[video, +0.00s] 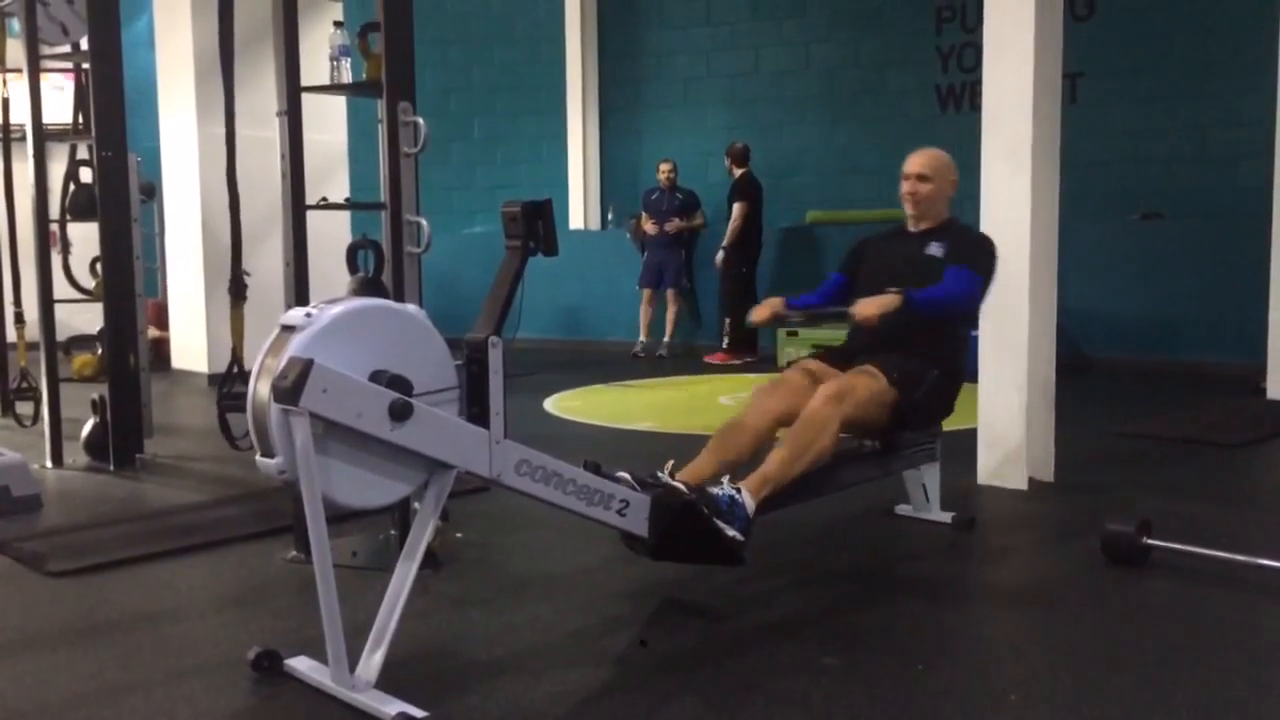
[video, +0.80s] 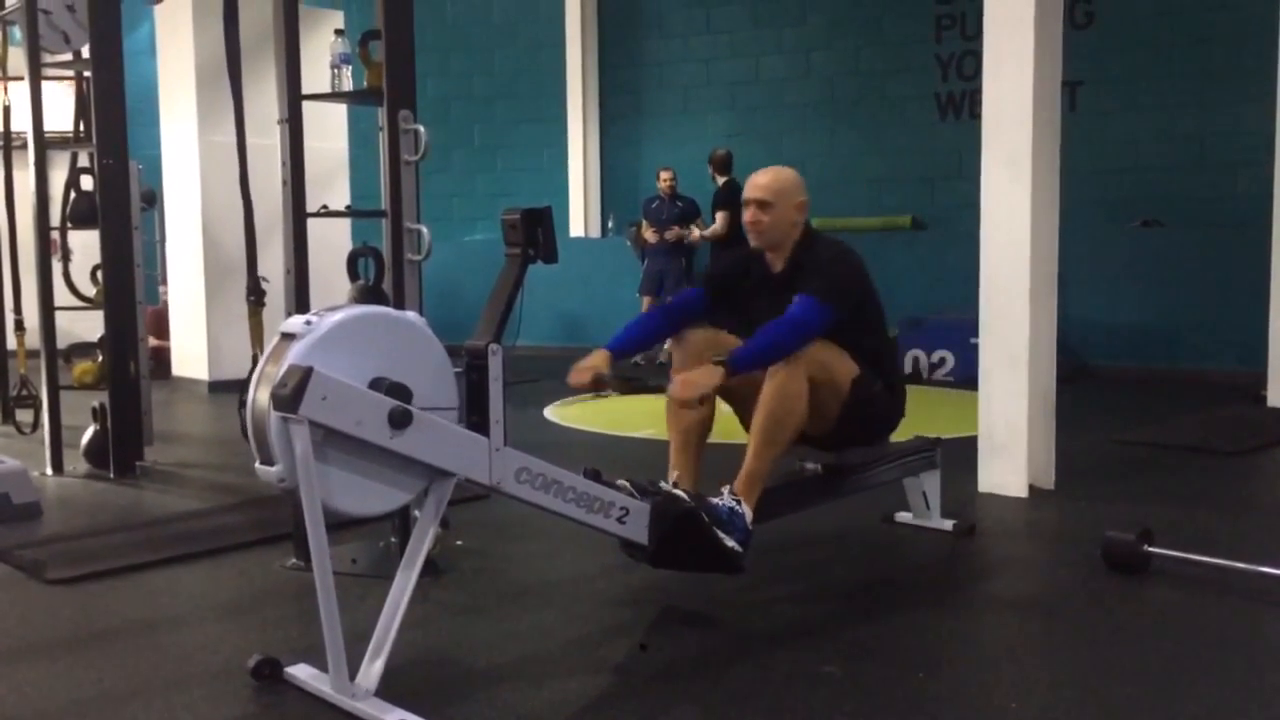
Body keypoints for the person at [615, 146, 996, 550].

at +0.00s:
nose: (910, 188)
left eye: (923, 180)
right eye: (905, 179)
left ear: (951, 188)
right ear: (900, 186)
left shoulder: (972, 244)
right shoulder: (873, 247)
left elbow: (957, 295)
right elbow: (830, 297)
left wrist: (898, 299)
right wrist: (785, 304)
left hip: (923, 364)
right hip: (858, 356)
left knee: (832, 397)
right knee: (776, 391)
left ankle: (744, 501)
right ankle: (679, 484)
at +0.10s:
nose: (929, 209)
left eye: (941, 200)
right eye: (924, 199)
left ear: (968, 208)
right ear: (918, 204)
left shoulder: (991, 264)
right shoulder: (895, 262)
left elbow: (1003, 319)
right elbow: (854, 319)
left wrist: (943, 305)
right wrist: (824, 315)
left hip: (925, 365)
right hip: (864, 354)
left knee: (836, 413)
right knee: (792, 405)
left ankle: (745, 502)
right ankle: (683, 488)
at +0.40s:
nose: (900, 205)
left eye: (911, 194)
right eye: (894, 195)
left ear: (940, 194)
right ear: (889, 196)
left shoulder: (976, 256)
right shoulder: (874, 256)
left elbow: (997, 325)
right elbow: (835, 322)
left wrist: (937, 302)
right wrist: (813, 310)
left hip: (926, 378)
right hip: (861, 368)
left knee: (835, 399)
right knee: (789, 391)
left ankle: (747, 507)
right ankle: (694, 490)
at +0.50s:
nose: (864, 197)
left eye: (876, 187)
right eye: (858, 188)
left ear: (907, 188)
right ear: (852, 192)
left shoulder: (943, 248)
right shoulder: (842, 251)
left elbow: (946, 321)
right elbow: (802, 307)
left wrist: (879, 318)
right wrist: (764, 319)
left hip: (915, 379)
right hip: (845, 371)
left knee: (828, 388)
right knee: (760, 380)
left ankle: (746, 509)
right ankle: (687, 493)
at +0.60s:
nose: (823, 203)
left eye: (836, 191)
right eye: (817, 192)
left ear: (868, 191)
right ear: (811, 195)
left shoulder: (902, 251)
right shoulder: (806, 254)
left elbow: (894, 320)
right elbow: (758, 306)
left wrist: (818, 348)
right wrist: (706, 337)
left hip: (899, 391)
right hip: (826, 388)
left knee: (817, 381)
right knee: (732, 383)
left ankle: (744, 509)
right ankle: (682, 492)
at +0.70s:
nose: (782, 210)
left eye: (796, 199)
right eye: (777, 199)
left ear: (829, 201)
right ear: (772, 203)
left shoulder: (864, 257)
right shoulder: (771, 260)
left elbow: (834, 331)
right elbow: (711, 309)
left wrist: (766, 368)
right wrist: (651, 354)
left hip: (877, 406)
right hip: (800, 400)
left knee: (807, 361)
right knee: (711, 348)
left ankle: (741, 508)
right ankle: (680, 491)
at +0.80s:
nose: (749, 217)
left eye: (762, 207)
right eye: (745, 207)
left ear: (799, 212)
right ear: (741, 210)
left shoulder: (835, 263)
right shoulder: (740, 268)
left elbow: (795, 329)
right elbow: (675, 312)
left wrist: (721, 368)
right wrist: (607, 353)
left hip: (863, 414)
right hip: (789, 414)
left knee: (794, 355)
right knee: (691, 342)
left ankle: (740, 505)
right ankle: (681, 491)